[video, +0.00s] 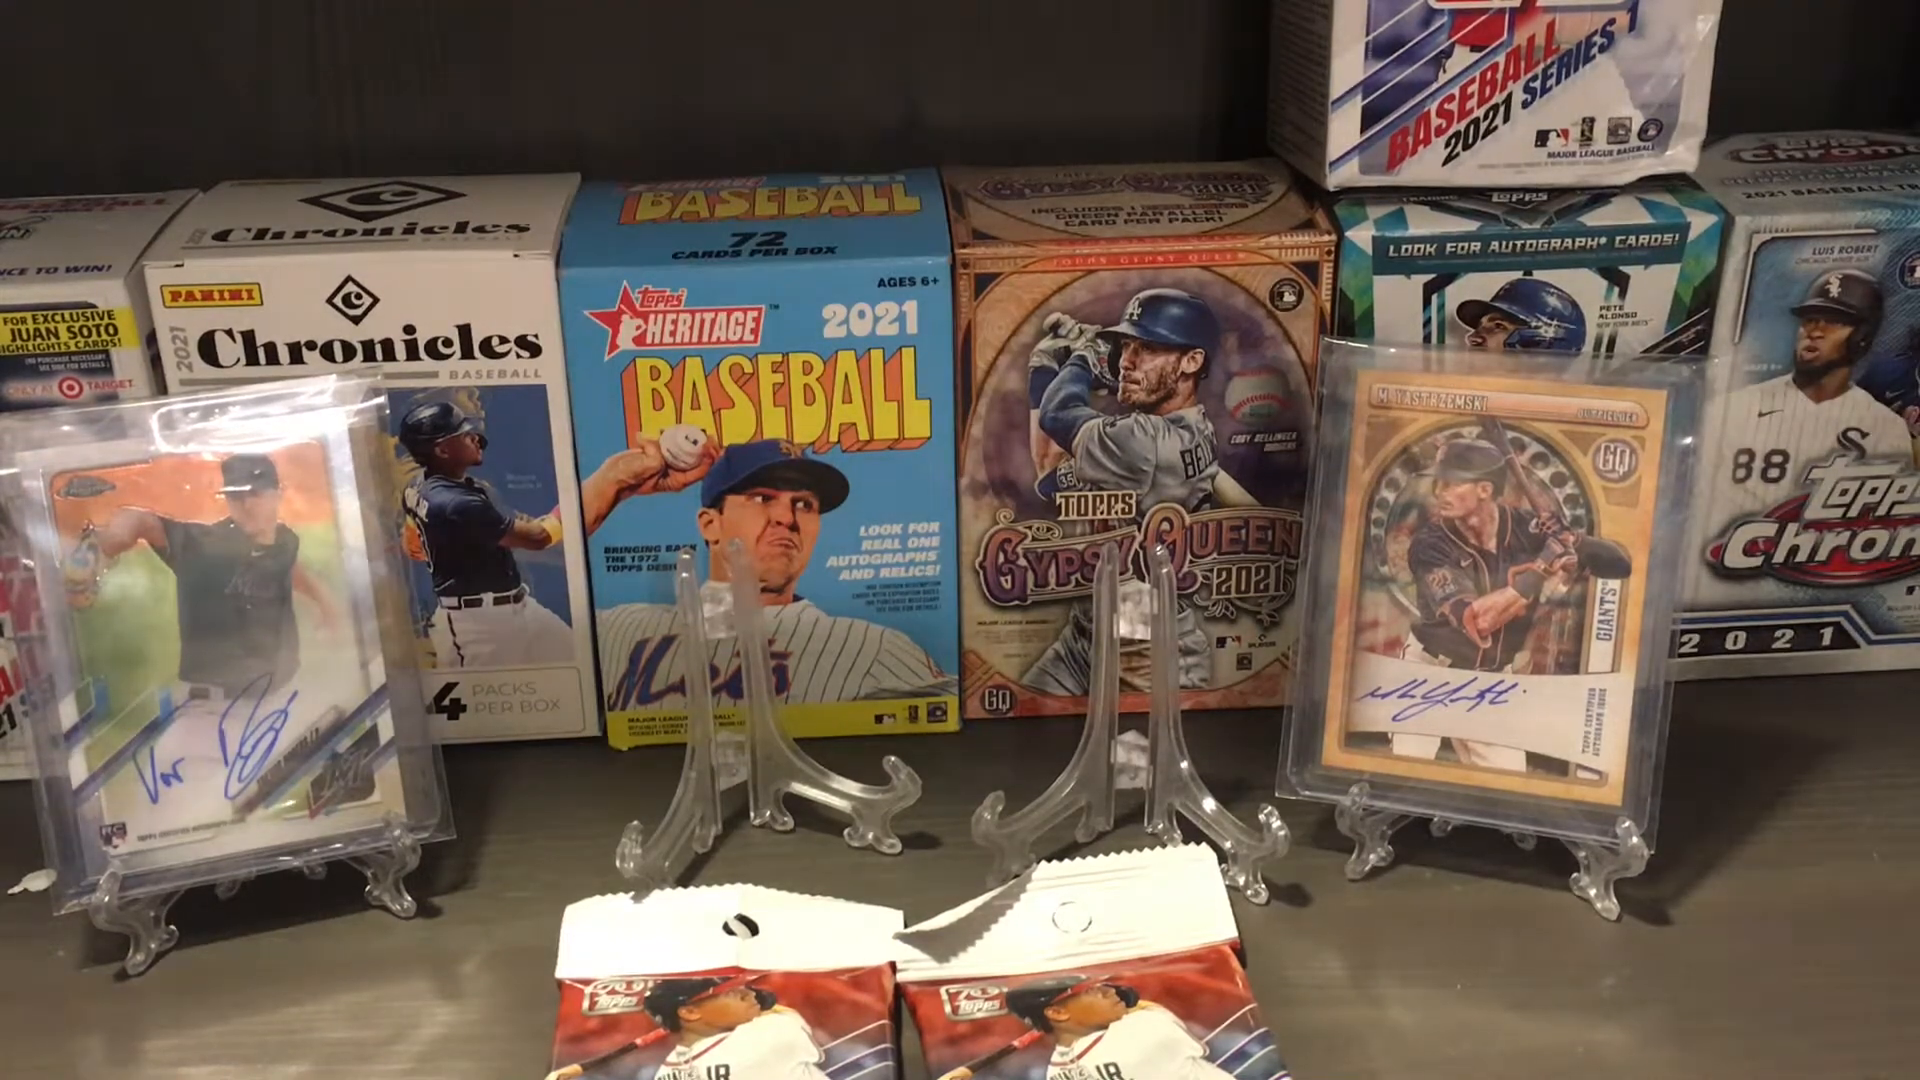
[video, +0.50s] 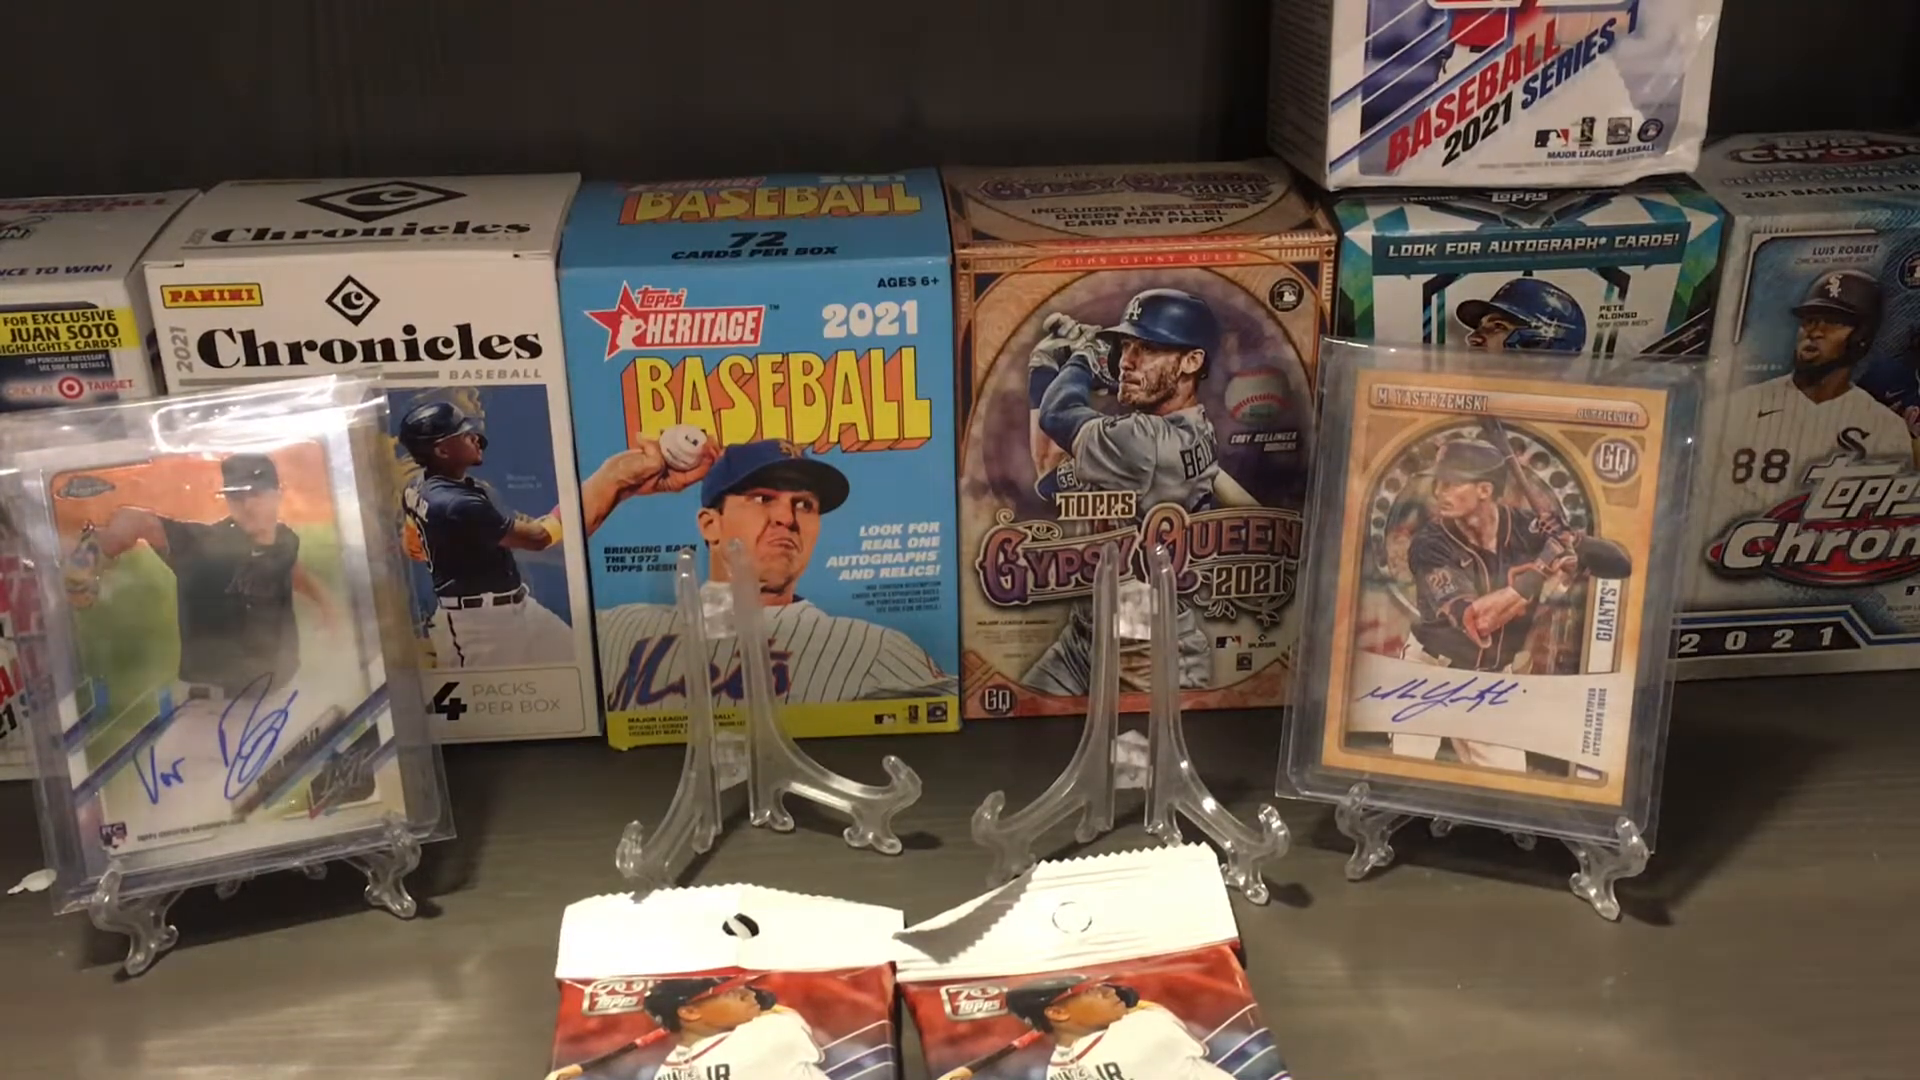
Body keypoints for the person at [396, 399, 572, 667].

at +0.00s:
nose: (476, 436)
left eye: (470, 430)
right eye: (465, 432)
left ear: (443, 450)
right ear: (442, 449)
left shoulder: (422, 489)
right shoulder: (460, 506)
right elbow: (538, 537)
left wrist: (552, 520)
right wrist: (567, 513)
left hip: (520, 609)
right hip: (474, 622)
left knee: (586, 663)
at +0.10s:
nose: (476, 436)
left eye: (470, 430)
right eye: (465, 432)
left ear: (443, 450)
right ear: (442, 449)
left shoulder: (422, 489)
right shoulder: (460, 506)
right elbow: (538, 537)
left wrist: (548, 521)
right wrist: (565, 514)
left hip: (520, 609)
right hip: (474, 622)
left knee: (586, 662)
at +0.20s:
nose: (476, 436)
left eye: (470, 430)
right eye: (465, 433)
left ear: (443, 450)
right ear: (442, 449)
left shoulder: (421, 488)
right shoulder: (460, 506)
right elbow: (538, 537)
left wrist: (547, 521)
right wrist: (566, 513)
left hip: (520, 609)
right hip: (474, 622)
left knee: (587, 662)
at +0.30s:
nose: (476, 436)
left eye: (470, 430)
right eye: (465, 433)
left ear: (443, 451)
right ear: (442, 449)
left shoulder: (421, 489)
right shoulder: (460, 506)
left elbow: (413, 545)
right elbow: (538, 537)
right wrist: (568, 512)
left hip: (520, 609)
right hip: (474, 622)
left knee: (587, 663)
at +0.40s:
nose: (476, 436)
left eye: (470, 430)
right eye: (464, 433)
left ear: (443, 451)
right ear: (442, 449)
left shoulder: (420, 489)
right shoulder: (460, 506)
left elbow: (413, 545)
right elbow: (538, 537)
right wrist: (567, 513)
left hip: (520, 609)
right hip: (474, 623)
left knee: (586, 661)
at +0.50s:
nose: (475, 436)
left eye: (470, 430)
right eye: (465, 433)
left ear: (442, 451)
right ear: (442, 450)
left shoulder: (420, 489)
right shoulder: (461, 506)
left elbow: (413, 545)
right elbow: (538, 537)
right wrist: (570, 509)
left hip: (520, 608)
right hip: (475, 622)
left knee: (587, 662)